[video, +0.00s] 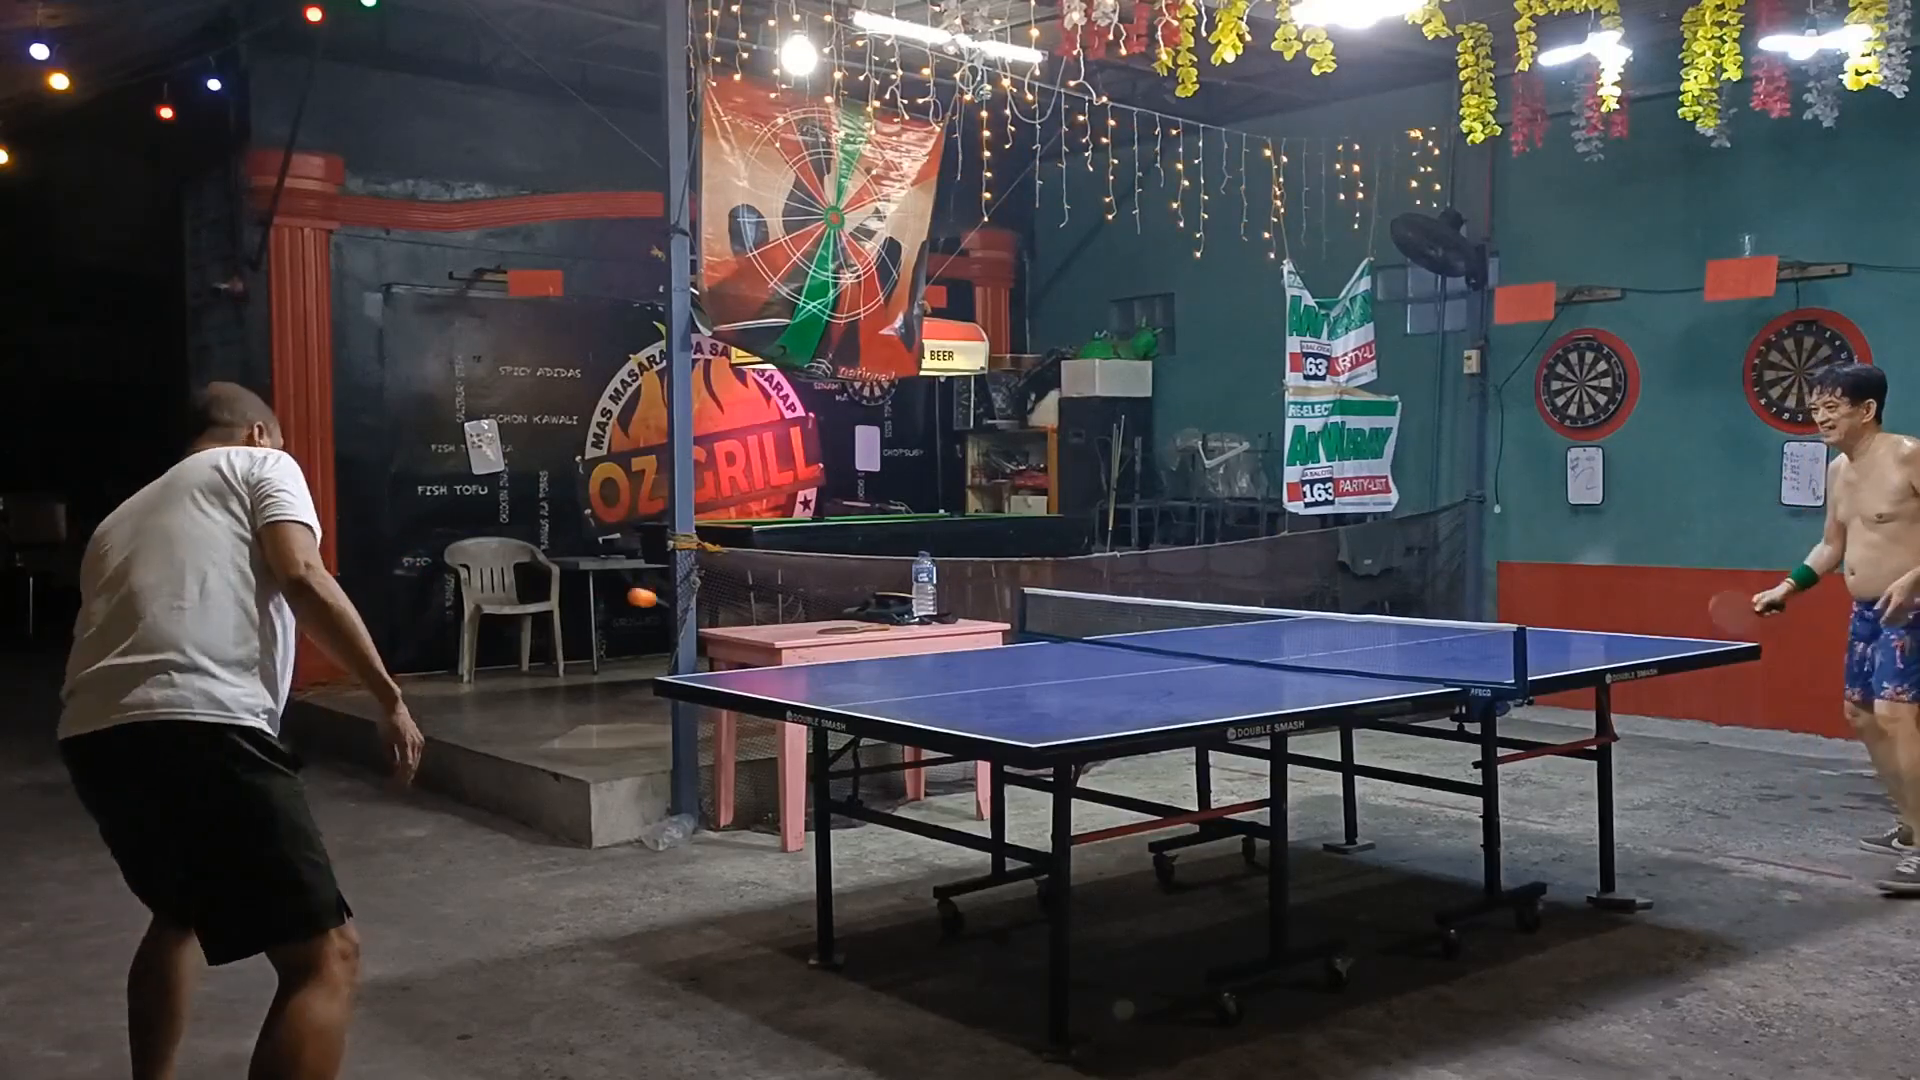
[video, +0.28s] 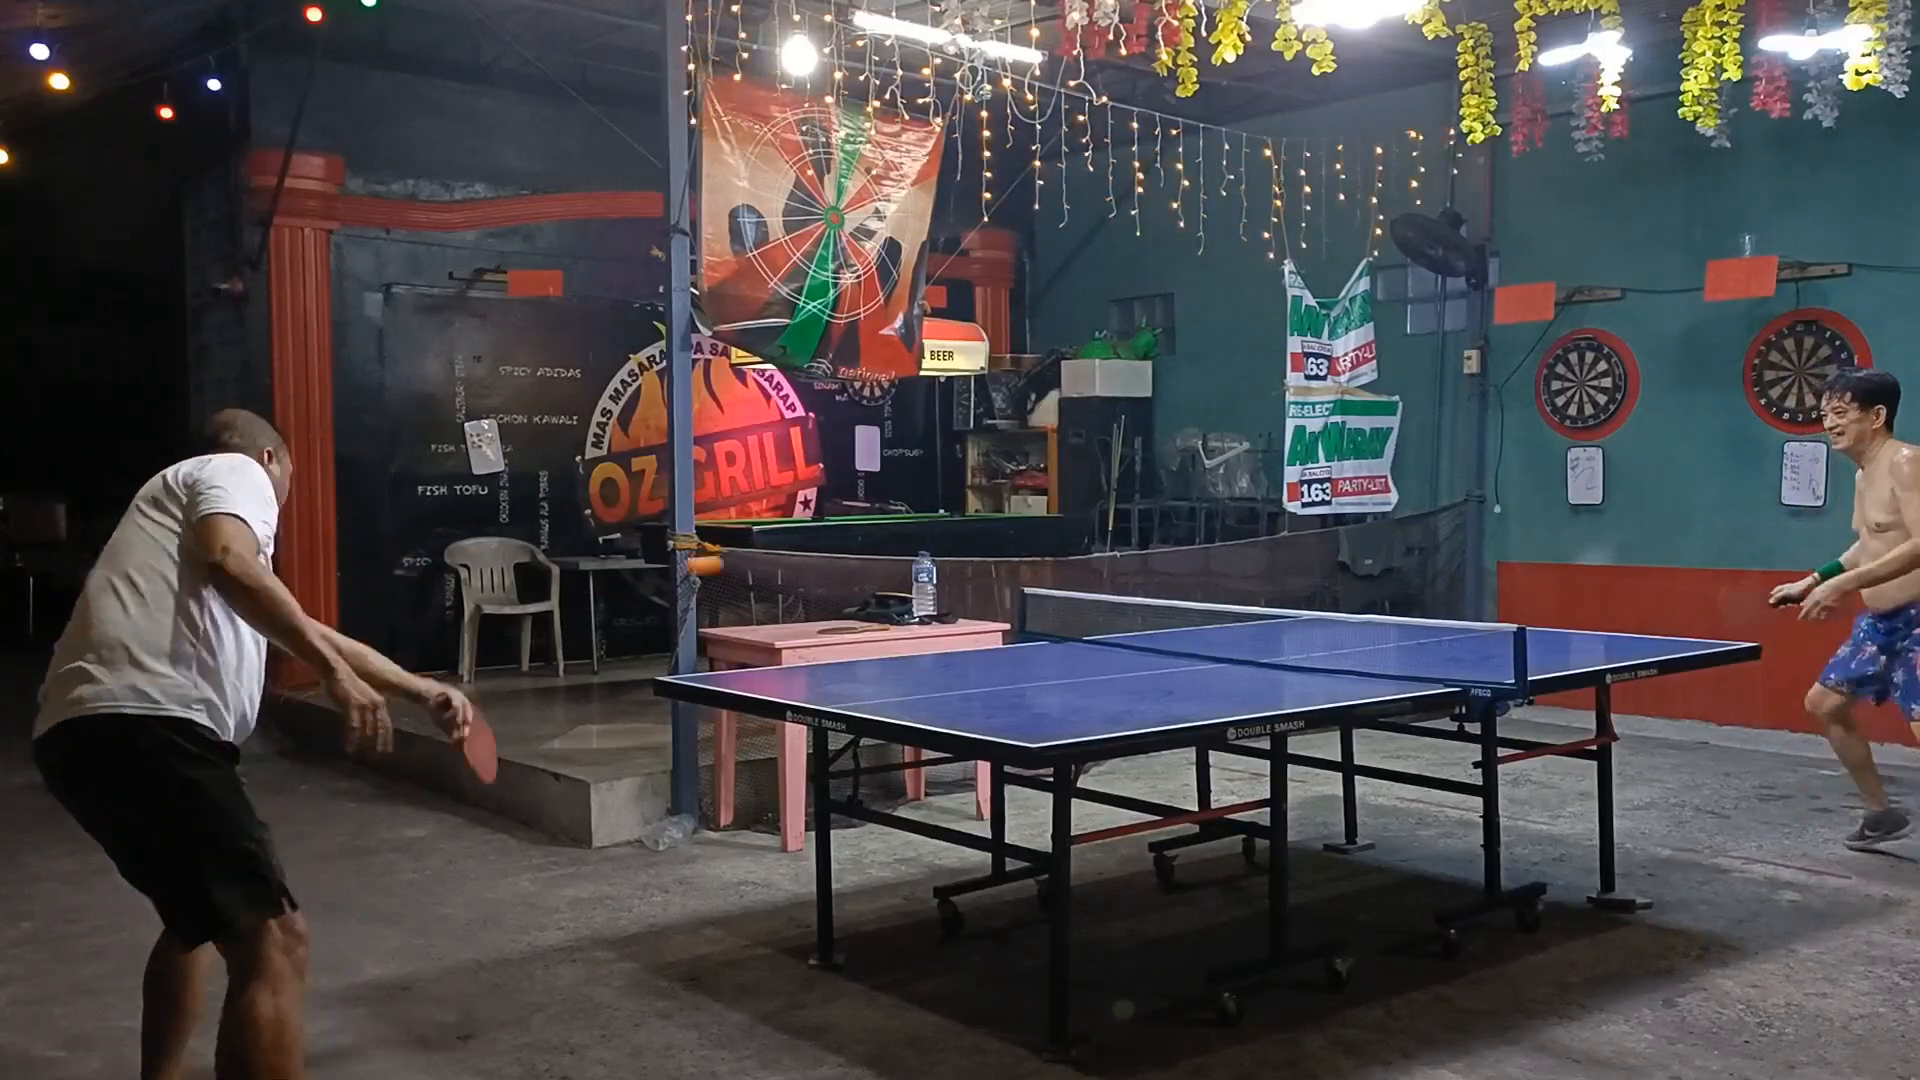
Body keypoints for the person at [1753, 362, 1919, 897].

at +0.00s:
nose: (1821, 420)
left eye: (1830, 409)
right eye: (1816, 411)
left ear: (1866, 409)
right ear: (1816, 414)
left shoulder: (1907, 456)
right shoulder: (1839, 470)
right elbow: (1832, 544)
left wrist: (1913, 580)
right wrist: (1787, 587)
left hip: (1906, 610)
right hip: (1864, 612)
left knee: (1895, 714)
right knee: (1861, 714)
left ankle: (1917, 844)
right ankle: (1911, 823)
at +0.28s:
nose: (1830, 424)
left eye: (1841, 413)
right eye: (1826, 415)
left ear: (1877, 416)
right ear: (1824, 419)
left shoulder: (1904, 462)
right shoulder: (1864, 474)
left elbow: (1915, 544)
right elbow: (1870, 545)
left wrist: (1845, 584)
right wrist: (1811, 582)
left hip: (1912, 622)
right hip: (1877, 623)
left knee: (1919, 728)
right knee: (1825, 704)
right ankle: (1881, 810)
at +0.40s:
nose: (1814, 426)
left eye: (1824, 415)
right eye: (1812, 417)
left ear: (1861, 416)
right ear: (1851, 418)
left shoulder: (1888, 459)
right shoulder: (1861, 466)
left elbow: (1879, 537)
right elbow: (1878, 541)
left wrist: (1791, 571)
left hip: (1908, 625)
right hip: (1871, 625)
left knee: (1918, 731)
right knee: (1819, 706)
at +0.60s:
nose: (1770, 450)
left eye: (1778, 438)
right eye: (1768, 441)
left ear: (1814, 437)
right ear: (1812, 441)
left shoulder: (1835, 470)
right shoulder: (1828, 488)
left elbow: (1798, 534)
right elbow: (1839, 569)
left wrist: (1717, 586)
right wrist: (1772, 579)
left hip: (1888, 627)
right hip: (1843, 632)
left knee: (1900, 752)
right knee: (1787, 717)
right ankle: (1748, 828)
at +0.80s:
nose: (1719, 503)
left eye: (1722, 491)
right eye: (1715, 495)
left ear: (1751, 480)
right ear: (1749, 485)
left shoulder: (1785, 493)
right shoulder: (1793, 535)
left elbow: (1773, 545)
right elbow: (1812, 625)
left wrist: (1715, 610)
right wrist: (1760, 642)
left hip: (1879, 636)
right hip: (1835, 647)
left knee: (1882, 762)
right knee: (1760, 712)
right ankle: (1745, 829)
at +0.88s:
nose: (1719, 508)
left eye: (1720, 496)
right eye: (1715, 501)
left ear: (1748, 480)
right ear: (1748, 486)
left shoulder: (1789, 492)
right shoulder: (1781, 541)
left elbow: (1772, 547)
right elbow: (1761, 618)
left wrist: (1711, 608)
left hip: (1878, 636)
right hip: (1829, 649)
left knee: (1880, 763)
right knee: (1752, 712)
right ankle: (1743, 828)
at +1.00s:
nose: (1716, 493)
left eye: (1720, 479)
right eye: (1713, 484)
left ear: (1751, 470)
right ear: (1749, 476)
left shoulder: (1792, 488)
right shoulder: (1754, 536)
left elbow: (1772, 545)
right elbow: (1693, 577)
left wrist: (1713, 609)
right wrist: (1658, 530)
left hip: (1878, 633)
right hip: (1826, 646)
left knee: (1879, 761)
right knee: (1752, 713)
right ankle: (1743, 829)